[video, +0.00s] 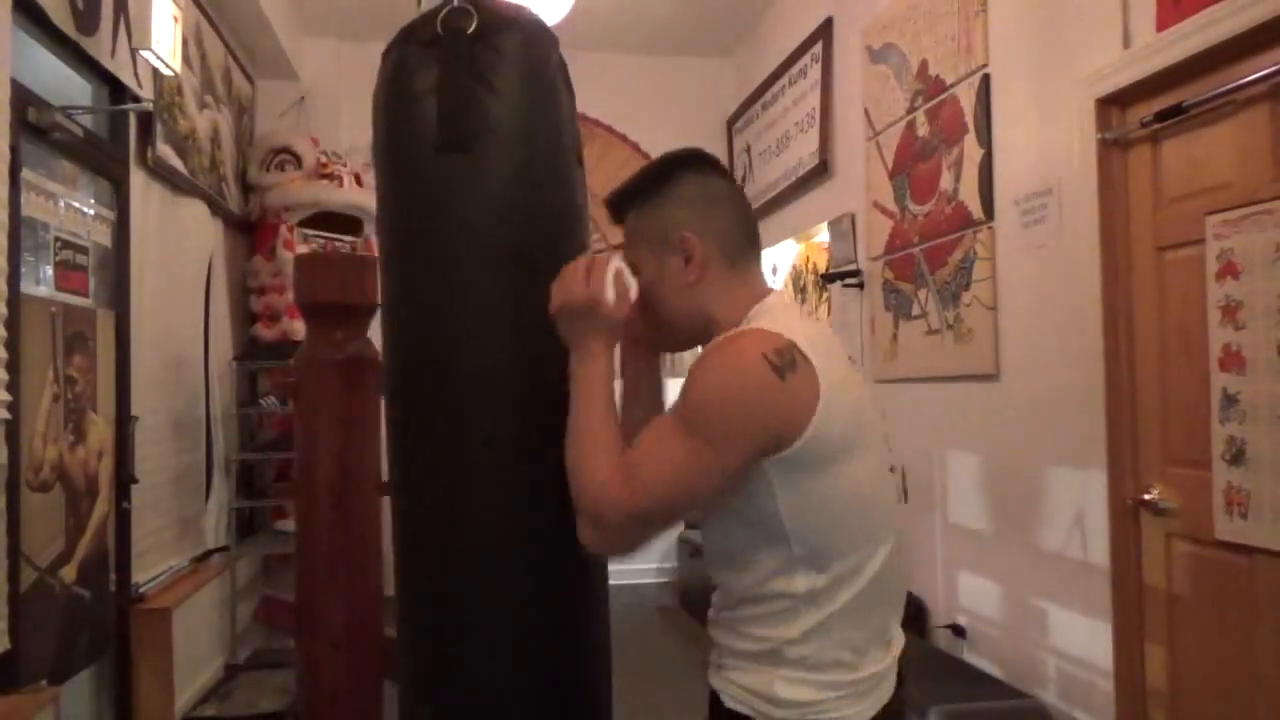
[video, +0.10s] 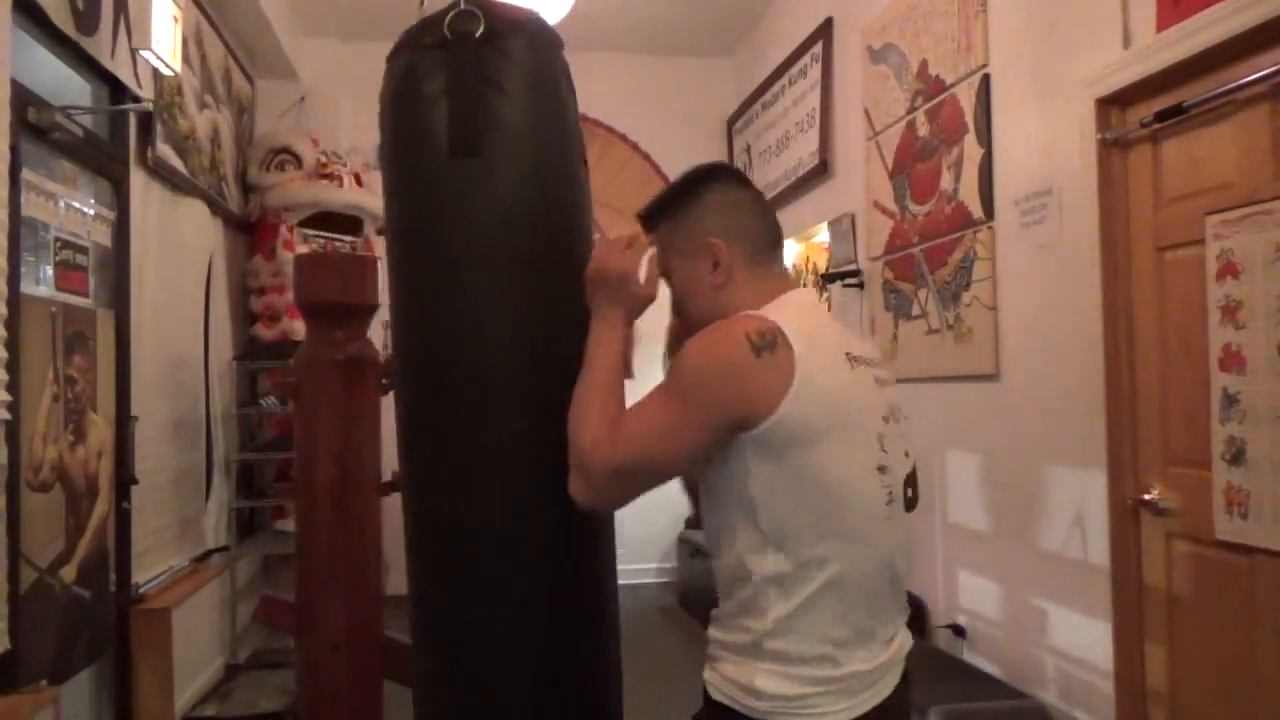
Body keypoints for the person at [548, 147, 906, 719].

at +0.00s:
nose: (635, 295)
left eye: (638, 273)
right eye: (632, 276)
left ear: (689, 259)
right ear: (693, 258)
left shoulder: (751, 362)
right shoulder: (790, 330)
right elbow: (645, 496)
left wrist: (585, 347)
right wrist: (639, 345)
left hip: (786, 704)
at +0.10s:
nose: (676, 299)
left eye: (673, 279)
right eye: (669, 282)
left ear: (715, 262)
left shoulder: (741, 349)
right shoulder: (822, 328)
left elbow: (594, 480)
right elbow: (710, 492)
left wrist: (609, 316)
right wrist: (687, 318)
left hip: (781, 700)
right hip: (876, 680)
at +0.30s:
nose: (716, 349)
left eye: (716, 331)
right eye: (714, 335)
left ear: (749, 307)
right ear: (811, 303)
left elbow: (644, 528)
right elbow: (934, 539)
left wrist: (624, 396)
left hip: (777, 702)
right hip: (907, 696)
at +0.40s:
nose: (725, 372)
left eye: (724, 355)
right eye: (721, 360)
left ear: (756, 329)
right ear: (814, 324)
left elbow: (668, 549)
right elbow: (945, 553)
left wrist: (632, 426)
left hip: (789, 705)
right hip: (919, 702)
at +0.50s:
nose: (728, 378)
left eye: (725, 362)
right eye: (722, 366)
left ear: (760, 330)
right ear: (813, 326)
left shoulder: (767, 376)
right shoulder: (899, 388)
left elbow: (680, 540)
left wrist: (640, 418)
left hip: (810, 704)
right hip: (922, 697)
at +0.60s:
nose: (715, 352)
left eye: (716, 330)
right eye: (710, 334)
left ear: (763, 307)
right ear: (779, 308)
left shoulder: (792, 355)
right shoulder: (865, 358)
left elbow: (700, 520)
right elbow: (774, 542)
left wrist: (655, 389)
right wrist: (730, 414)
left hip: (832, 697)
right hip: (912, 689)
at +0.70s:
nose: (698, 321)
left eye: (706, 299)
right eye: (698, 301)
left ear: (768, 292)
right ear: (771, 294)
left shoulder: (822, 346)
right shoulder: (837, 344)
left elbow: (740, 518)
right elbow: (726, 514)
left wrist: (673, 387)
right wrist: (697, 383)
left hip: (845, 692)